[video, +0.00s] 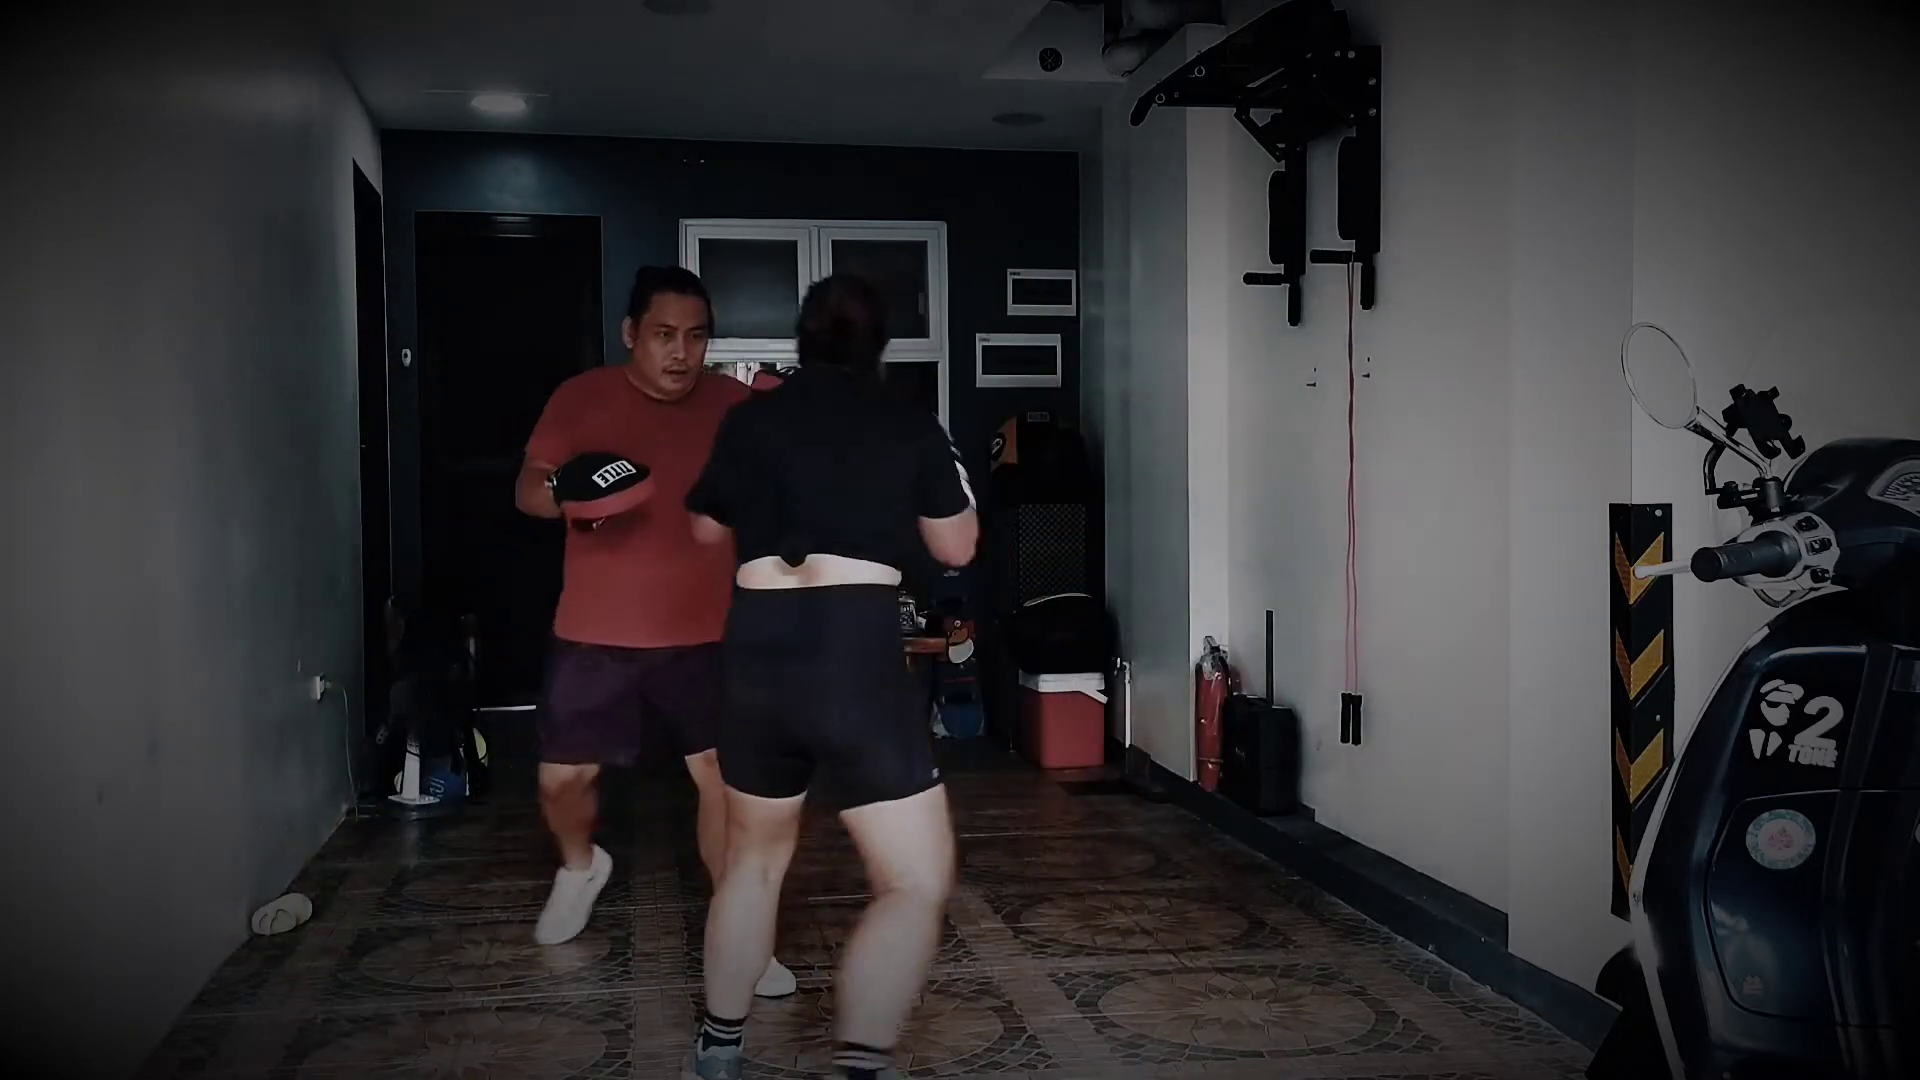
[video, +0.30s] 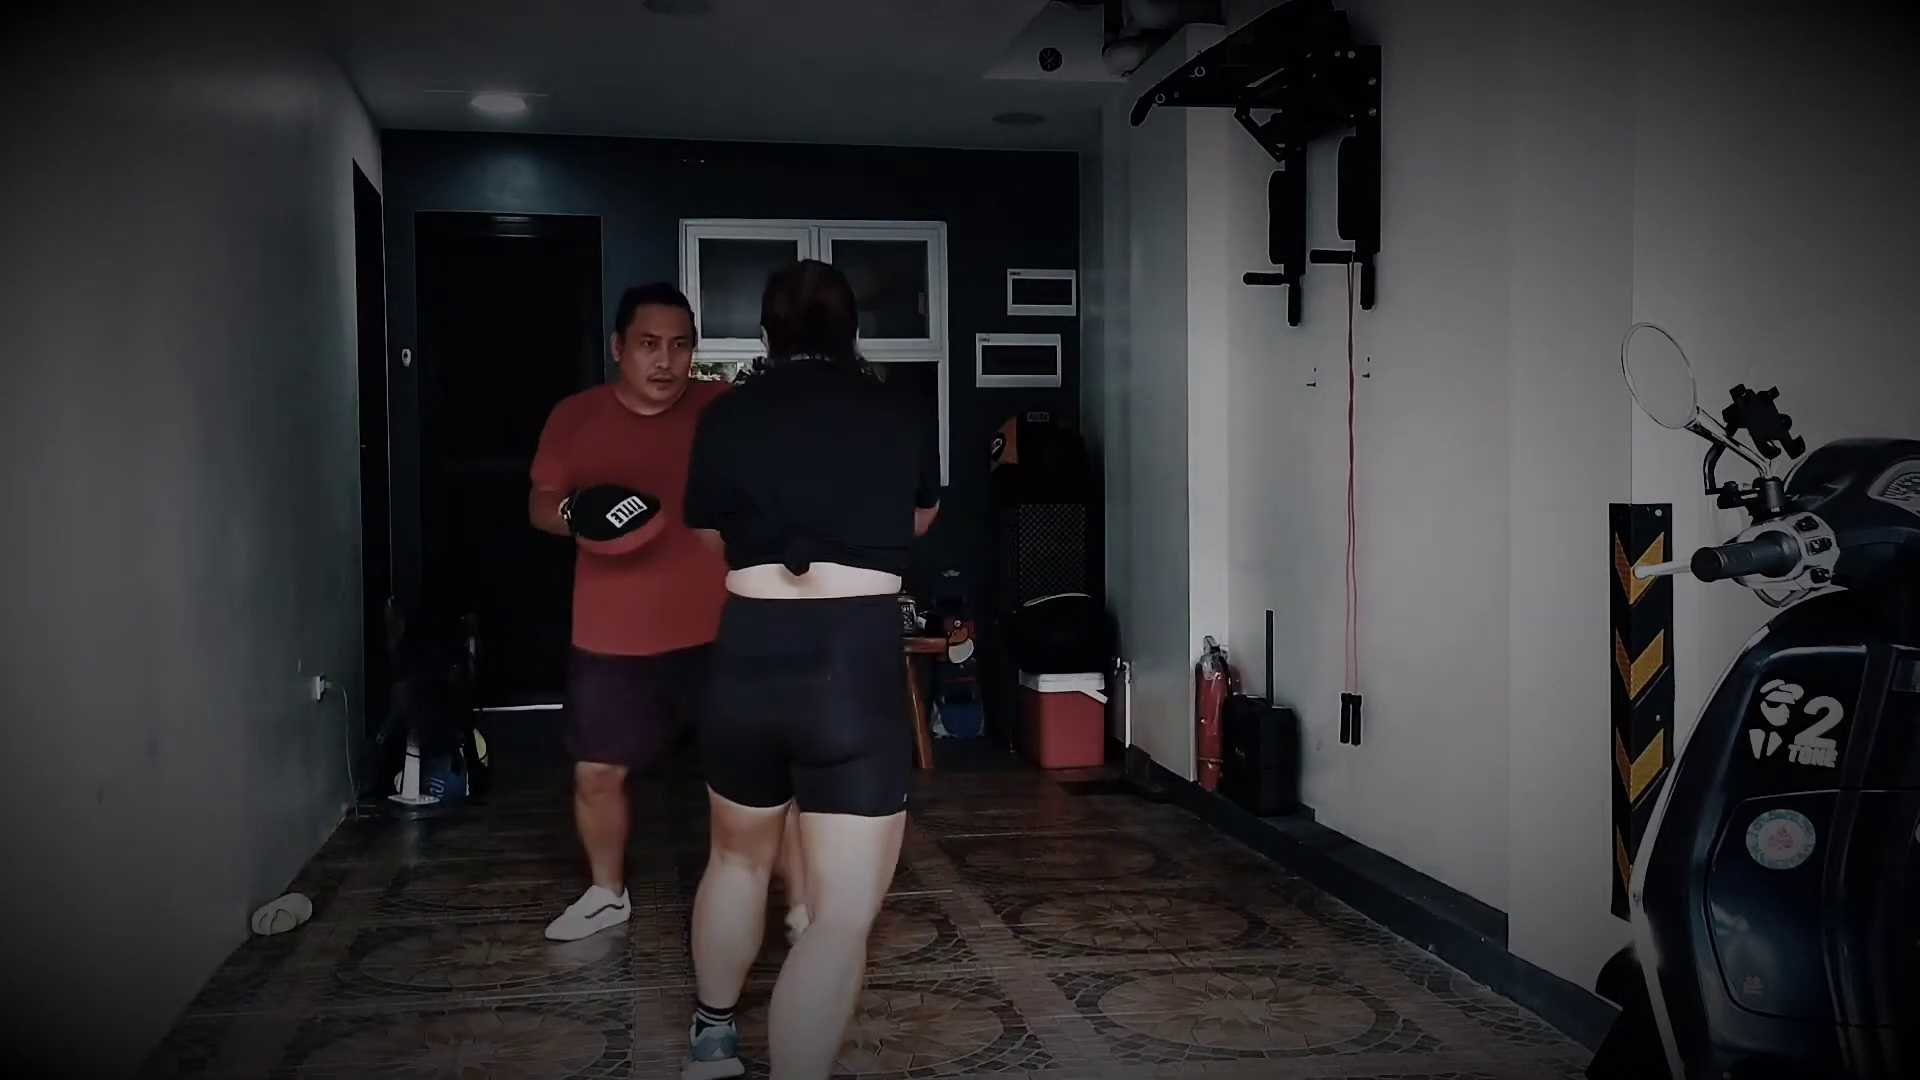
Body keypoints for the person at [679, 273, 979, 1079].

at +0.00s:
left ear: (800, 339)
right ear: (881, 346)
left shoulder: (751, 420)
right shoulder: (908, 427)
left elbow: (709, 528)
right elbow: (955, 544)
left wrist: (782, 500)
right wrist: (889, 498)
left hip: (758, 665)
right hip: (862, 669)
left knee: (753, 856)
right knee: (911, 883)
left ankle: (718, 1050)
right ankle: (862, 1065)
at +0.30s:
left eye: (772, 318)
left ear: (767, 330)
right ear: (853, 330)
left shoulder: (729, 415)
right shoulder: (895, 414)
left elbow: (707, 523)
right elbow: (920, 521)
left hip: (746, 668)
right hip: (856, 676)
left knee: (736, 857)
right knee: (837, 918)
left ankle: (713, 1032)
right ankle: (798, 1072)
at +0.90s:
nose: (714, 360)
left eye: (722, 350)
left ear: (733, 360)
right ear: (813, 362)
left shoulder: (692, 439)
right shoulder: (850, 440)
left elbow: (660, 529)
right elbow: (877, 543)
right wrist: (795, 523)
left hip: (705, 671)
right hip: (807, 680)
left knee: (720, 863)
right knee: (833, 908)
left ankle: (708, 1015)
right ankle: (799, 1069)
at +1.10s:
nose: (699, 362)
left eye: (707, 351)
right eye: (699, 348)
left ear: (721, 362)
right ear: (794, 362)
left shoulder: (676, 437)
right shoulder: (841, 430)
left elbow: (625, 552)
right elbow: (876, 535)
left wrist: (673, 489)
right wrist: (795, 512)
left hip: (723, 667)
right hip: (826, 663)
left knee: (724, 844)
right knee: (873, 868)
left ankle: (713, 1013)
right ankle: (862, 1039)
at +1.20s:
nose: (705, 377)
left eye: (716, 373)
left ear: (720, 407)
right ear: (796, 406)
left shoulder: (690, 484)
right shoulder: (845, 468)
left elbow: (644, 611)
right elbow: (888, 576)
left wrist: (621, 590)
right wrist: (814, 571)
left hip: (737, 693)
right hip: (843, 688)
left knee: (725, 837)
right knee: (881, 891)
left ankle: (725, 1003)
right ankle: (887, 1056)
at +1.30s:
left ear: (720, 452)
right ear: (795, 444)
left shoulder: (701, 534)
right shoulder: (846, 512)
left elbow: (685, 635)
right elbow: (904, 622)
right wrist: (842, 619)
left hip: (732, 721)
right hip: (839, 719)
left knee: (729, 844)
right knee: (886, 899)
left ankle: (730, 1008)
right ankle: (883, 1059)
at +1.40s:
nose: (832, 441)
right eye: (822, 430)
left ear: (730, 442)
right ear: (806, 436)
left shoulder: (701, 529)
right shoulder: (851, 495)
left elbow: (674, 651)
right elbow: (913, 605)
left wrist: (728, 669)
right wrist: (870, 598)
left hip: (719, 707)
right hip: (821, 704)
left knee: (744, 838)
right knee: (880, 895)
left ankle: (729, 1003)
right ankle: (878, 1050)